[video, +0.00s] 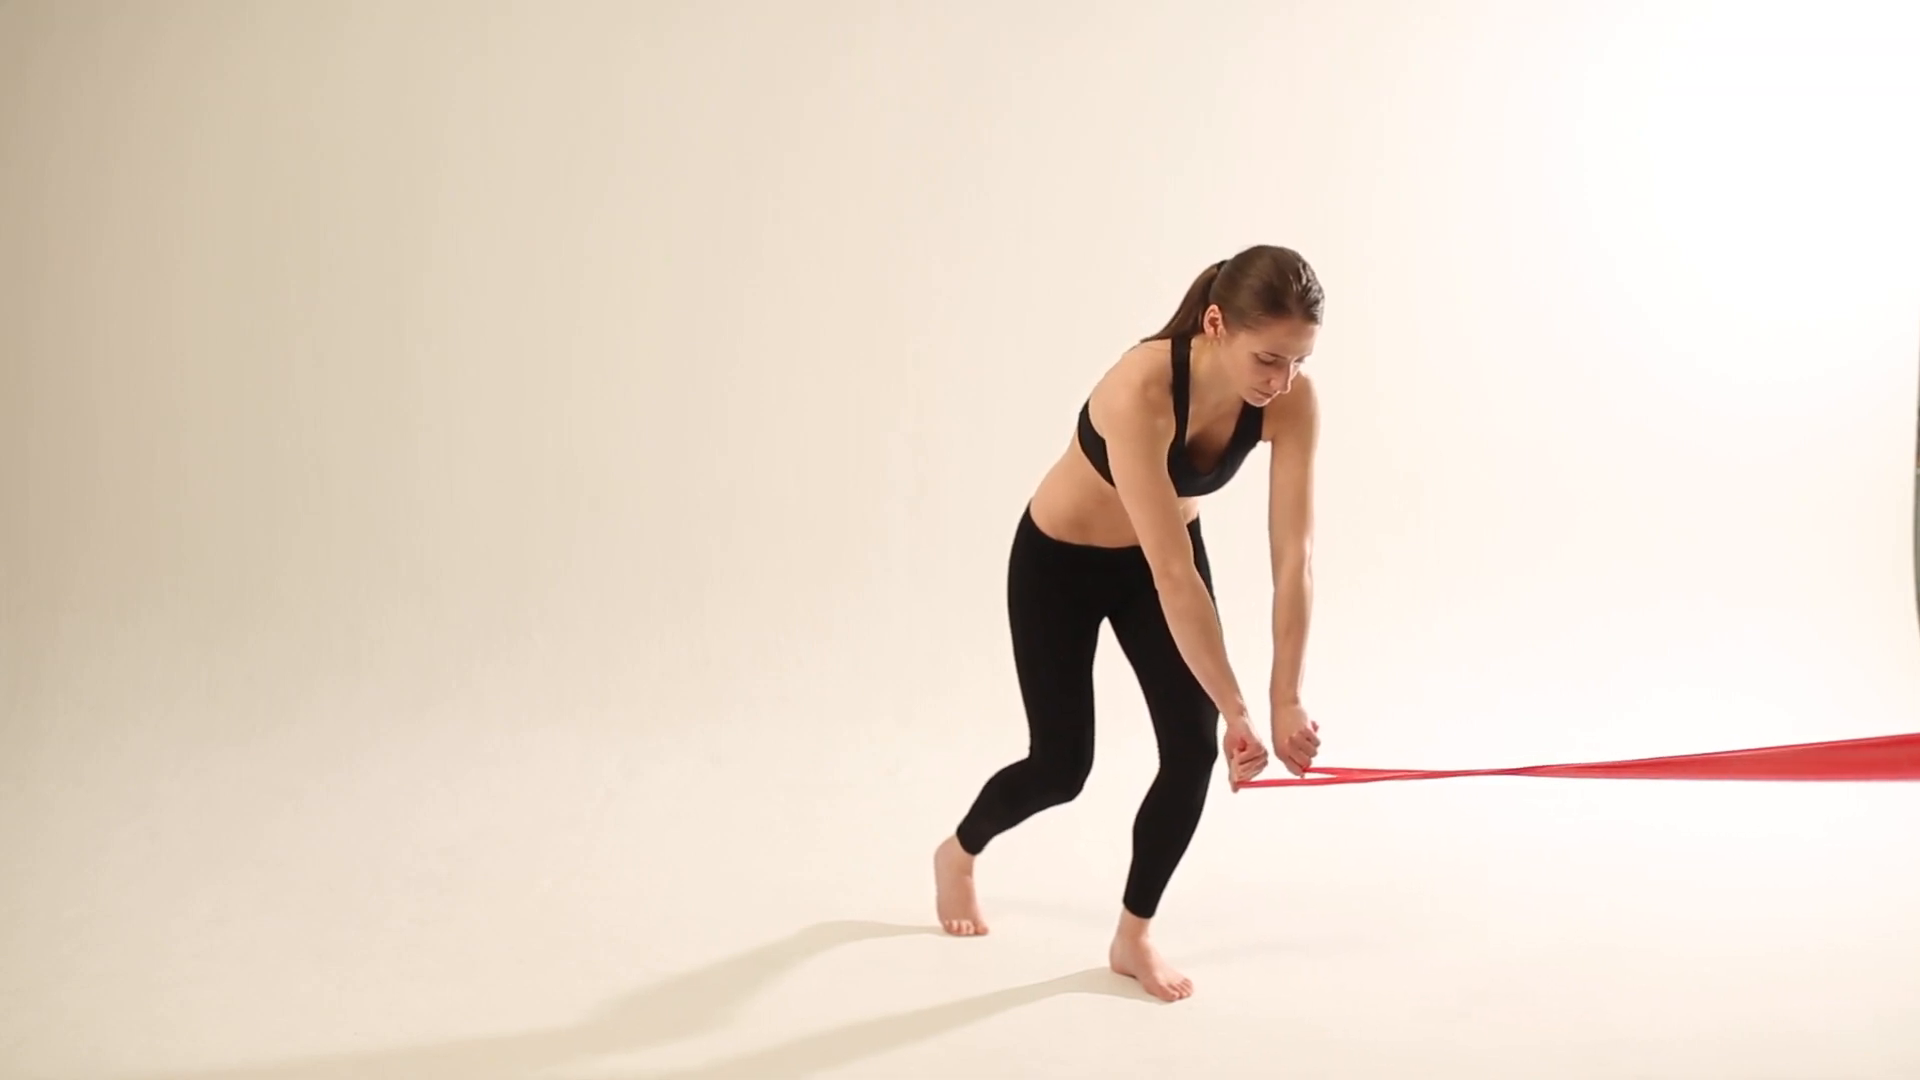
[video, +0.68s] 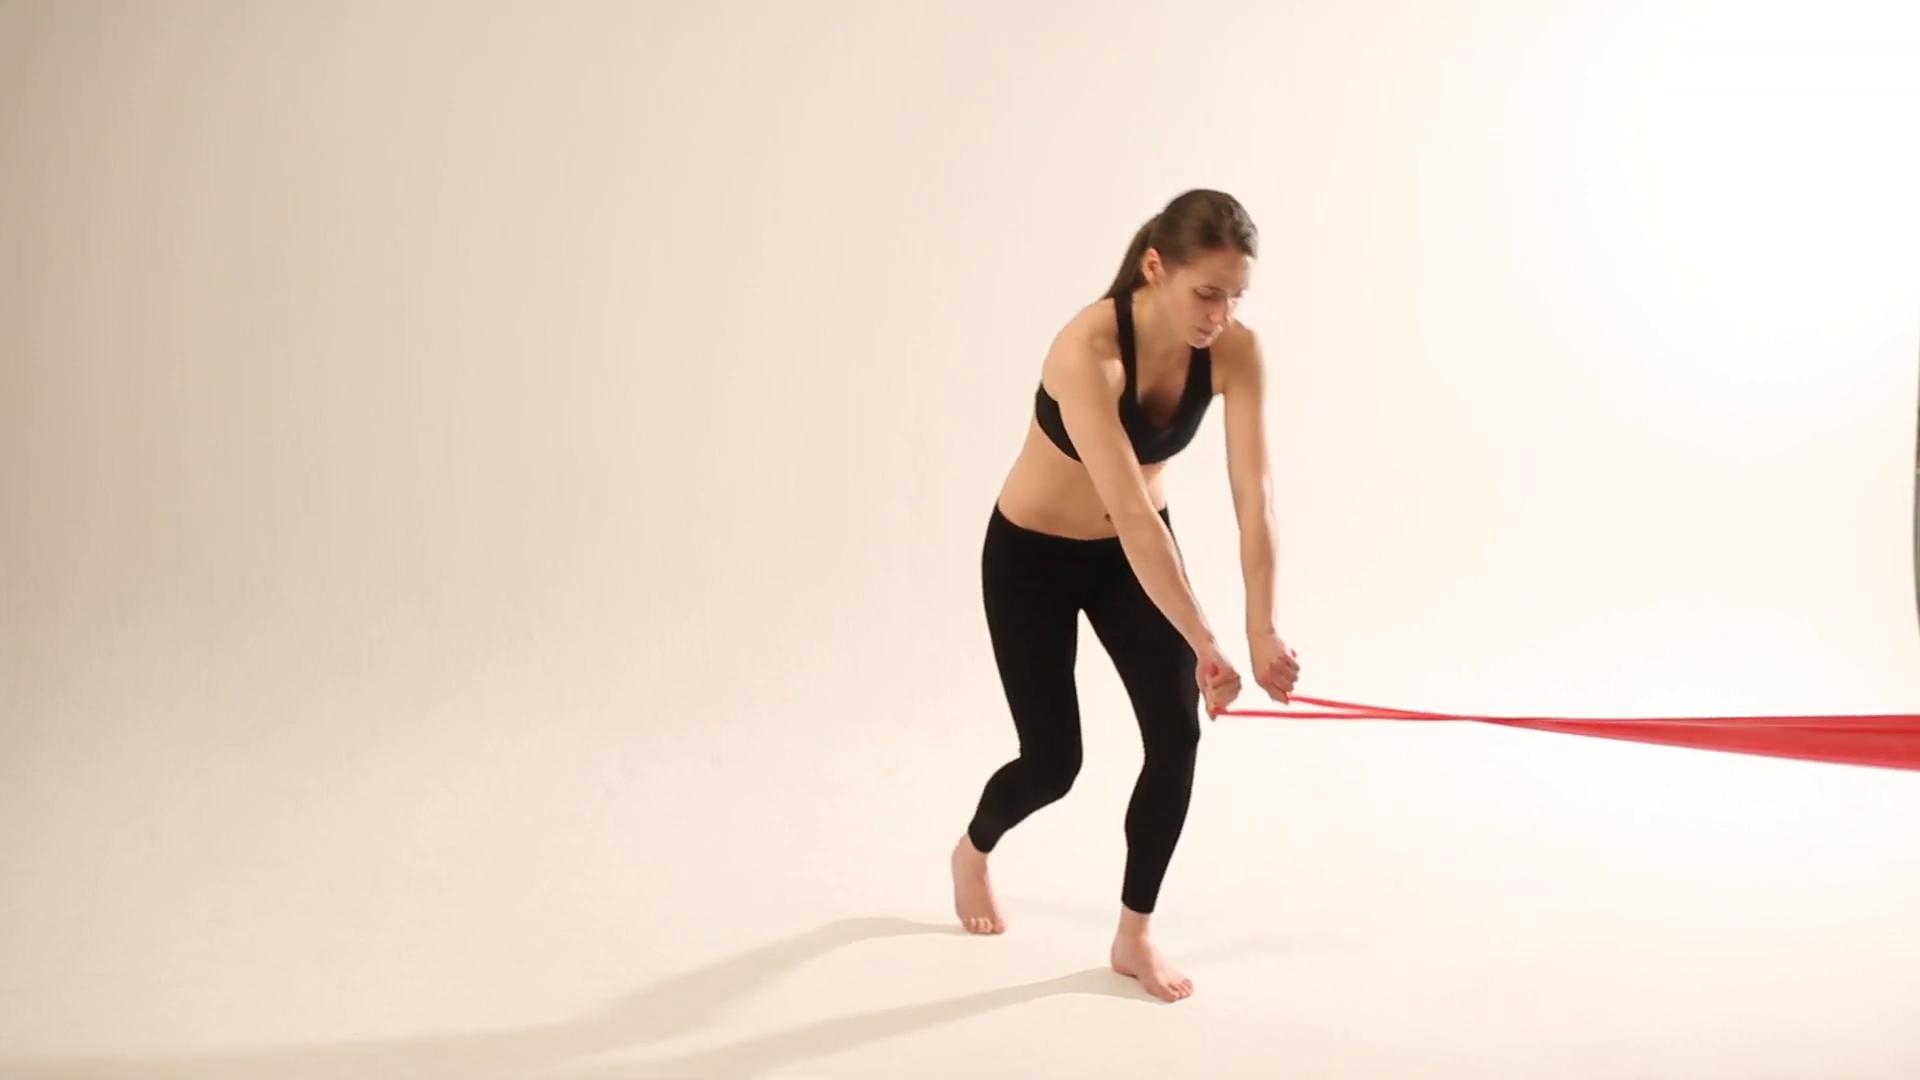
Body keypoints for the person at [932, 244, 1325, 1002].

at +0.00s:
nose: (1284, 379)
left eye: (1297, 361)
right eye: (1270, 358)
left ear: (1310, 342)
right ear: (1214, 325)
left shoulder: (1288, 401)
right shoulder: (1137, 390)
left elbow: (1293, 554)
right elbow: (1174, 577)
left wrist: (1286, 698)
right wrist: (1235, 712)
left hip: (1163, 557)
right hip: (1060, 559)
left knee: (1190, 752)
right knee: (1061, 766)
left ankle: (1133, 932)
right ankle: (958, 850)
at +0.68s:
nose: (1224, 315)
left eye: (1235, 296)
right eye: (1209, 293)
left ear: (1246, 285)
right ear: (1153, 268)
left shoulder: (1231, 347)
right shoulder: (1084, 350)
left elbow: (1252, 495)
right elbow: (1133, 517)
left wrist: (1262, 633)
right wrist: (1203, 642)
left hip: (1134, 554)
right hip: (1031, 556)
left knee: (1175, 739)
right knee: (1053, 762)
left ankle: (1133, 931)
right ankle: (971, 848)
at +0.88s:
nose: (1155, 265)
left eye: (1166, 246)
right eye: (1139, 243)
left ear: (1175, 241)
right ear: (1087, 226)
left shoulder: (1168, 309)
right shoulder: (1028, 318)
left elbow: (1199, 442)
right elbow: (1080, 468)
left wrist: (1221, 567)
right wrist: (1158, 582)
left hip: (1095, 544)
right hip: (995, 546)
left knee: (1147, 723)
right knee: (1031, 746)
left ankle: (1133, 929)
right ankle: (973, 856)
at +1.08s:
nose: (1076, 204)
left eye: (1088, 186)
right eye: (1062, 184)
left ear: (1097, 187)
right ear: (1011, 173)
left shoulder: (1092, 258)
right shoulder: (956, 264)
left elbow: (1150, 375)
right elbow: (983, 405)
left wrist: (1159, 467)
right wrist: (1093, 483)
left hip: (1043, 509)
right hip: (945, 513)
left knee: (1100, 696)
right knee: (988, 705)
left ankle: (1118, 897)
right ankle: (974, 873)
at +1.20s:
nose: (1040, 170)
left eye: (1050, 153)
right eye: (1025, 151)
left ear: (1056, 157)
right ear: (973, 147)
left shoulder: (1058, 235)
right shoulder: (922, 240)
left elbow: (1143, 334)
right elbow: (915, 381)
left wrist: (1132, 395)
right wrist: (1035, 414)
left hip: (1023, 492)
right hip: (925, 499)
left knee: (1076, 676)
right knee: (964, 690)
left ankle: (1033, 839)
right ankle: (971, 874)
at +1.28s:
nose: (1018, 153)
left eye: (1028, 137)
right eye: (1003, 135)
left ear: (1032, 140)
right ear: (951, 132)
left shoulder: (1038, 220)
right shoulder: (902, 228)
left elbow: (1136, 308)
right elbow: (874, 361)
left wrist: (1126, 349)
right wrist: (985, 368)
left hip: (1015, 484)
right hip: (918, 490)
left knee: (1051, 677)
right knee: (953, 682)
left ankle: (987, 786)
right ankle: (966, 871)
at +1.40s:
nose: (988, 138)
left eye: (998, 123)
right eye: (972, 121)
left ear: (1003, 126)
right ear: (922, 121)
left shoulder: (1014, 208)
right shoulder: (875, 216)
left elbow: (1125, 276)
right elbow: (816, 337)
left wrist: (1118, 293)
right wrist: (918, 311)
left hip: (1003, 473)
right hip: (908, 478)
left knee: (1012, 673)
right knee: (943, 674)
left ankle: (932, 757)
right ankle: (966, 868)